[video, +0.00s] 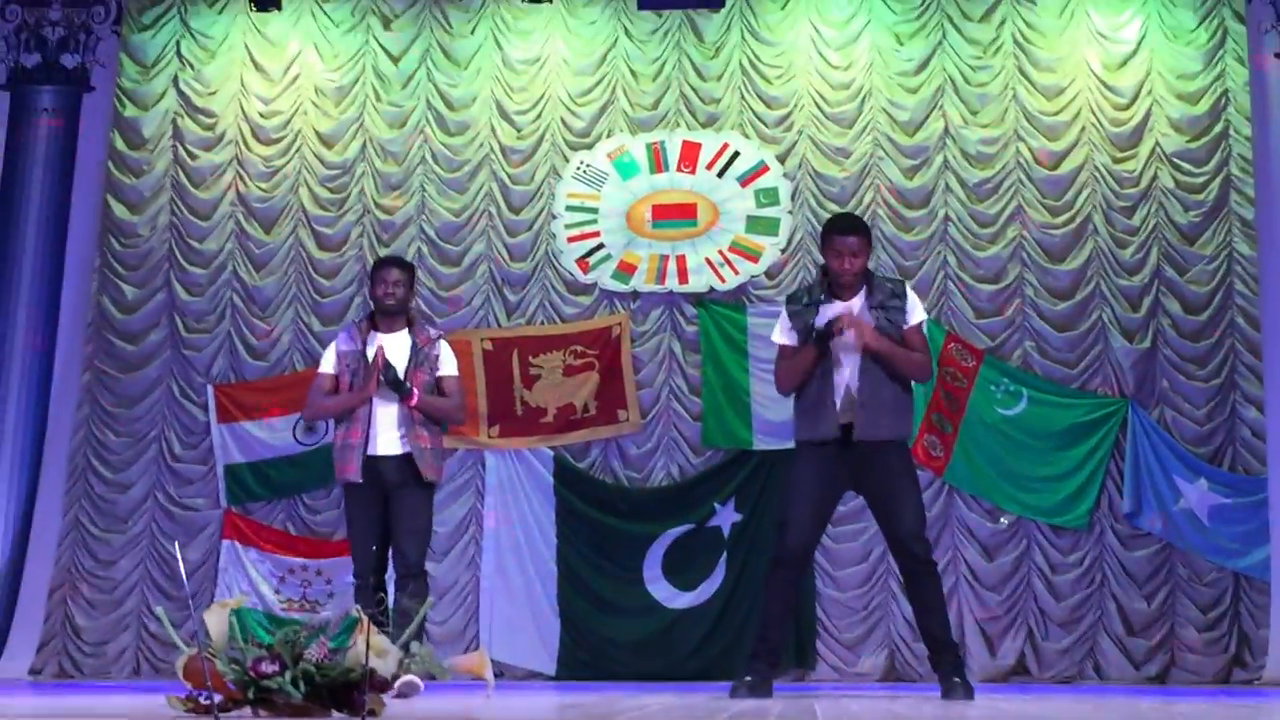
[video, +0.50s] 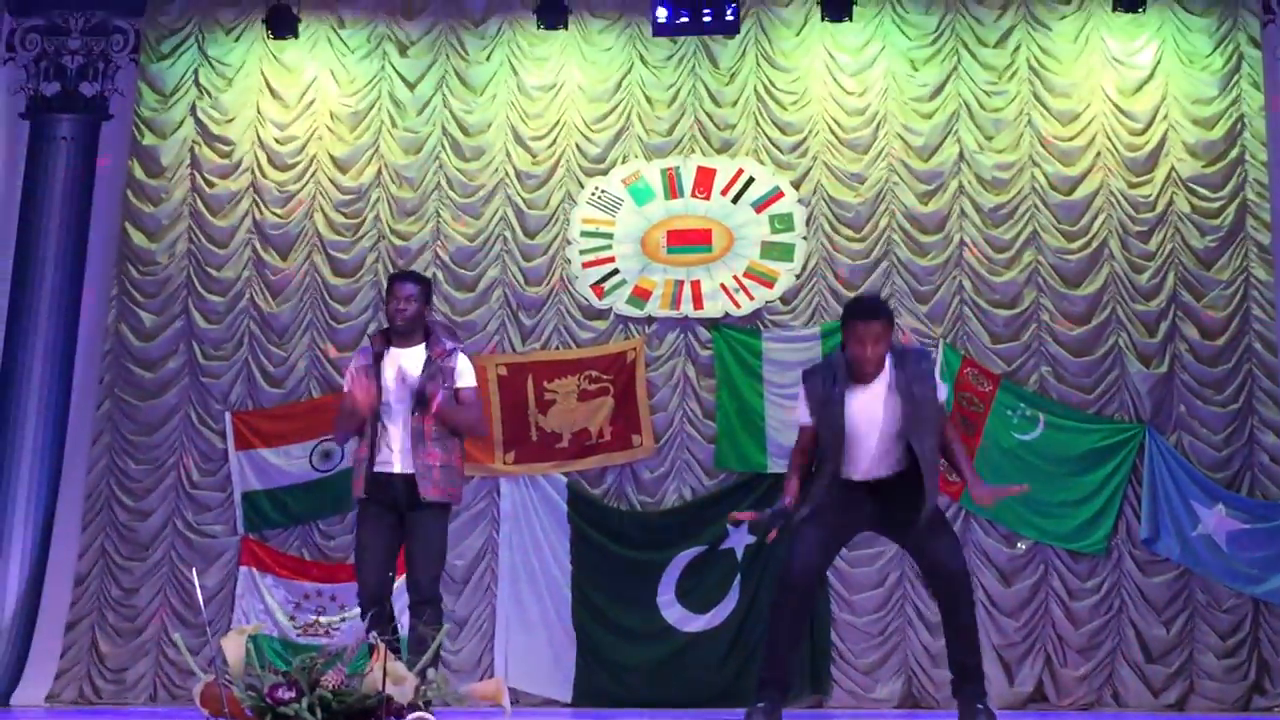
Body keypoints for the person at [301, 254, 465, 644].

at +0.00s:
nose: (390, 291)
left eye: (399, 285)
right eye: (383, 284)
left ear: (412, 292)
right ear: (371, 290)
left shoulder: (433, 343)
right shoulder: (345, 343)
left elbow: (456, 413)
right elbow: (313, 408)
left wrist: (411, 395)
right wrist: (363, 393)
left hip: (412, 467)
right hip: (361, 468)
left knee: (411, 566)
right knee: (367, 569)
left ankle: (407, 656)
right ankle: (371, 657)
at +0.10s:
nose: (389, 293)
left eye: (397, 287)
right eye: (381, 286)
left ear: (411, 295)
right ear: (369, 293)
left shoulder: (433, 348)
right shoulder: (344, 347)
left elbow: (454, 414)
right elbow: (312, 411)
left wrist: (404, 396)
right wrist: (359, 396)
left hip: (412, 471)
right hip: (360, 471)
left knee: (409, 570)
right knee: (366, 573)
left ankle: (407, 667)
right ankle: (372, 668)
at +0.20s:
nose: (383, 293)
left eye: (392, 286)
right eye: (376, 286)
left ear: (406, 293)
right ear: (365, 292)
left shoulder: (430, 346)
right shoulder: (339, 346)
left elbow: (446, 413)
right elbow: (306, 409)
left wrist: (398, 394)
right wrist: (353, 393)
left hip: (406, 470)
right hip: (353, 471)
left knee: (403, 570)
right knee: (361, 575)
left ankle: (400, 666)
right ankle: (370, 668)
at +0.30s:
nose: (387, 296)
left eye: (395, 289)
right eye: (380, 289)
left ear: (410, 296)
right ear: (369, 295)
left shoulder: (435, 352)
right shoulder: (344, 350)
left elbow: (452, 417)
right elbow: (309, 412)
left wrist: (400, 398)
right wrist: (357, 397)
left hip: (408, 474)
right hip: (356, 474)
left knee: (408, 575)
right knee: (361, 578)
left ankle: (403, 675)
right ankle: (370, 674)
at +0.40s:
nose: (399, 302)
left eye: (408, 296)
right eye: (393, 296)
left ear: (424, 303)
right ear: (383, 303)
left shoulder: (448, 354)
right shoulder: (360, 353)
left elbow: (472, 418)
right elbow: (326, 420)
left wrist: (425, 397)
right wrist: (363, 387)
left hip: (423, 481)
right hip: (370, 482)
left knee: (421, 582)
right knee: (373, 588)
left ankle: (418, 683)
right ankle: (386, 681)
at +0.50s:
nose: (401, 308)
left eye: (410, 301)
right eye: (394, 300)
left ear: (426, 307)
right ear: (385, 305)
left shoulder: (451, 359)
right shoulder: (365, 358)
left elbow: (476, 423)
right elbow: (342, 432)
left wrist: (438, 403)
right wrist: (357, 409)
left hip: (428, 490)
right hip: (377, 489)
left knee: (423, 589)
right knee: (371, 591)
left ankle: (421, 685)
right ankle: (387, 682)